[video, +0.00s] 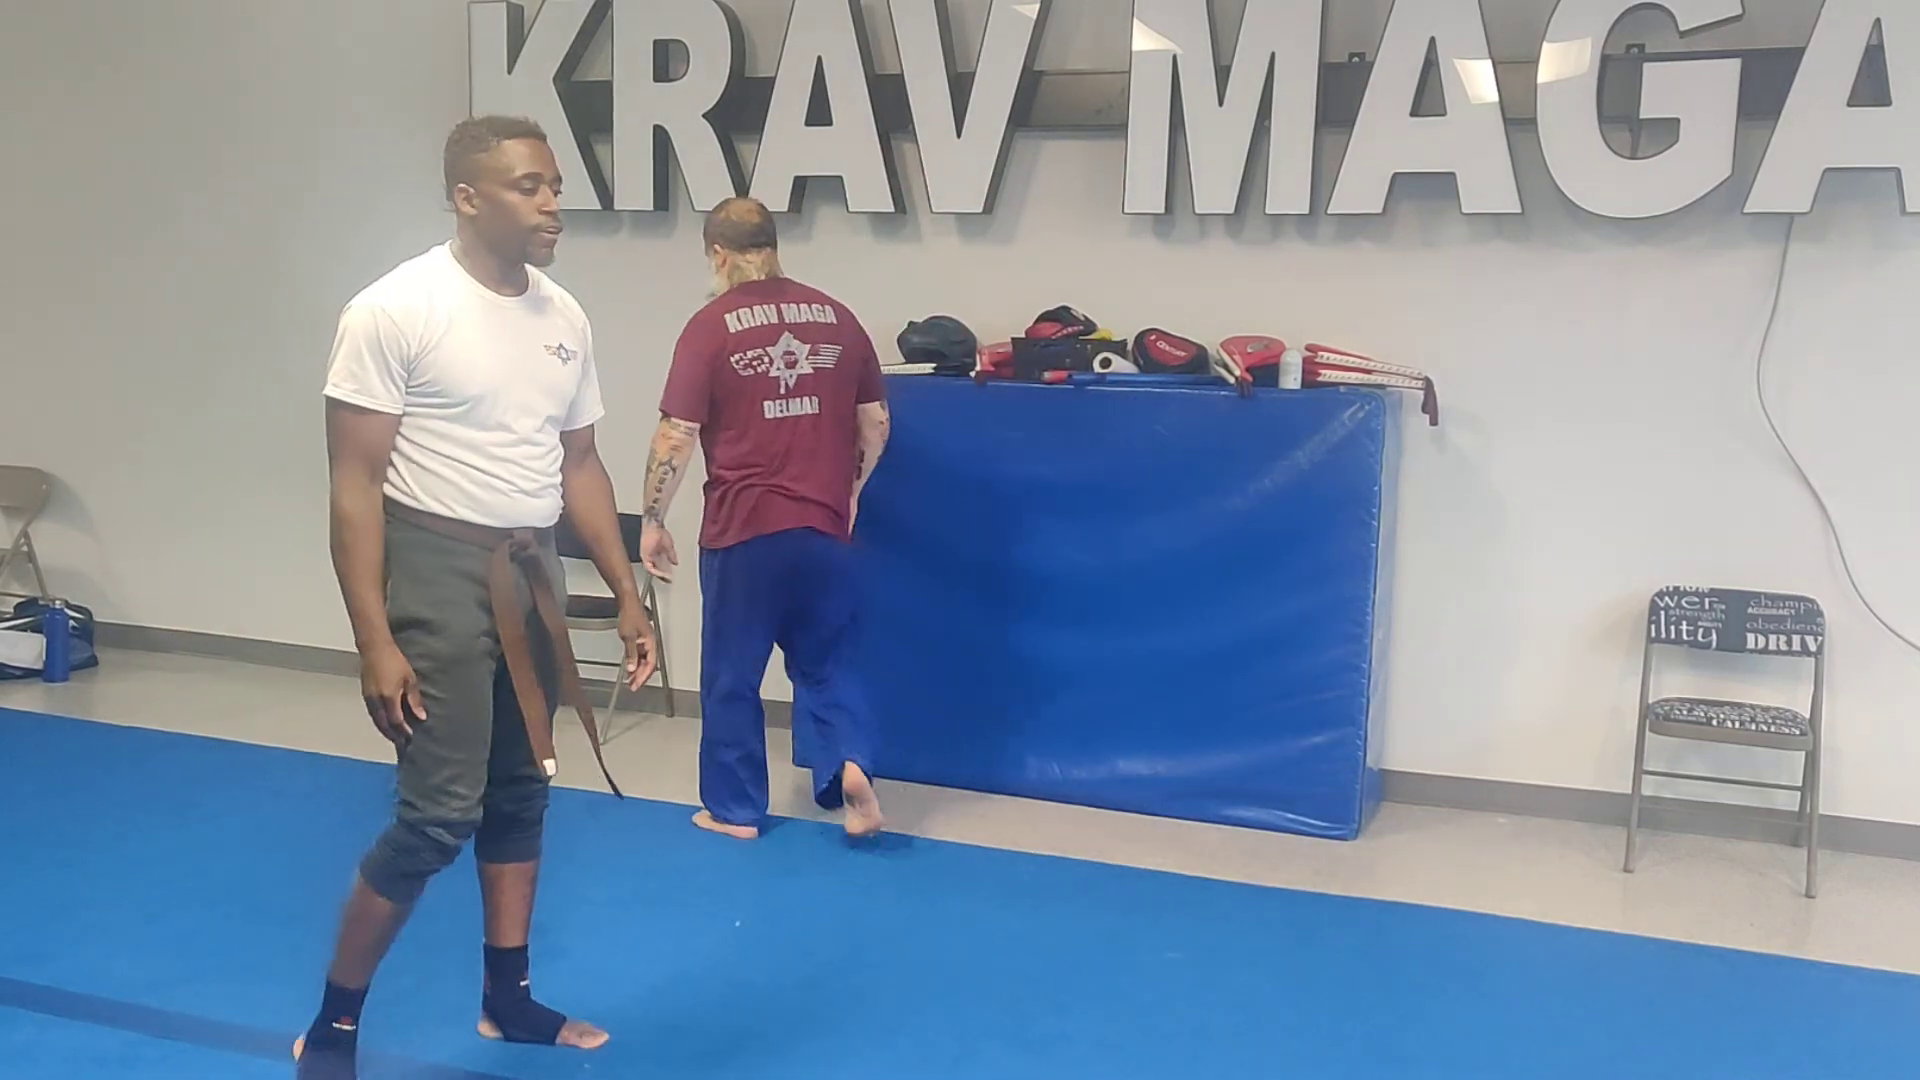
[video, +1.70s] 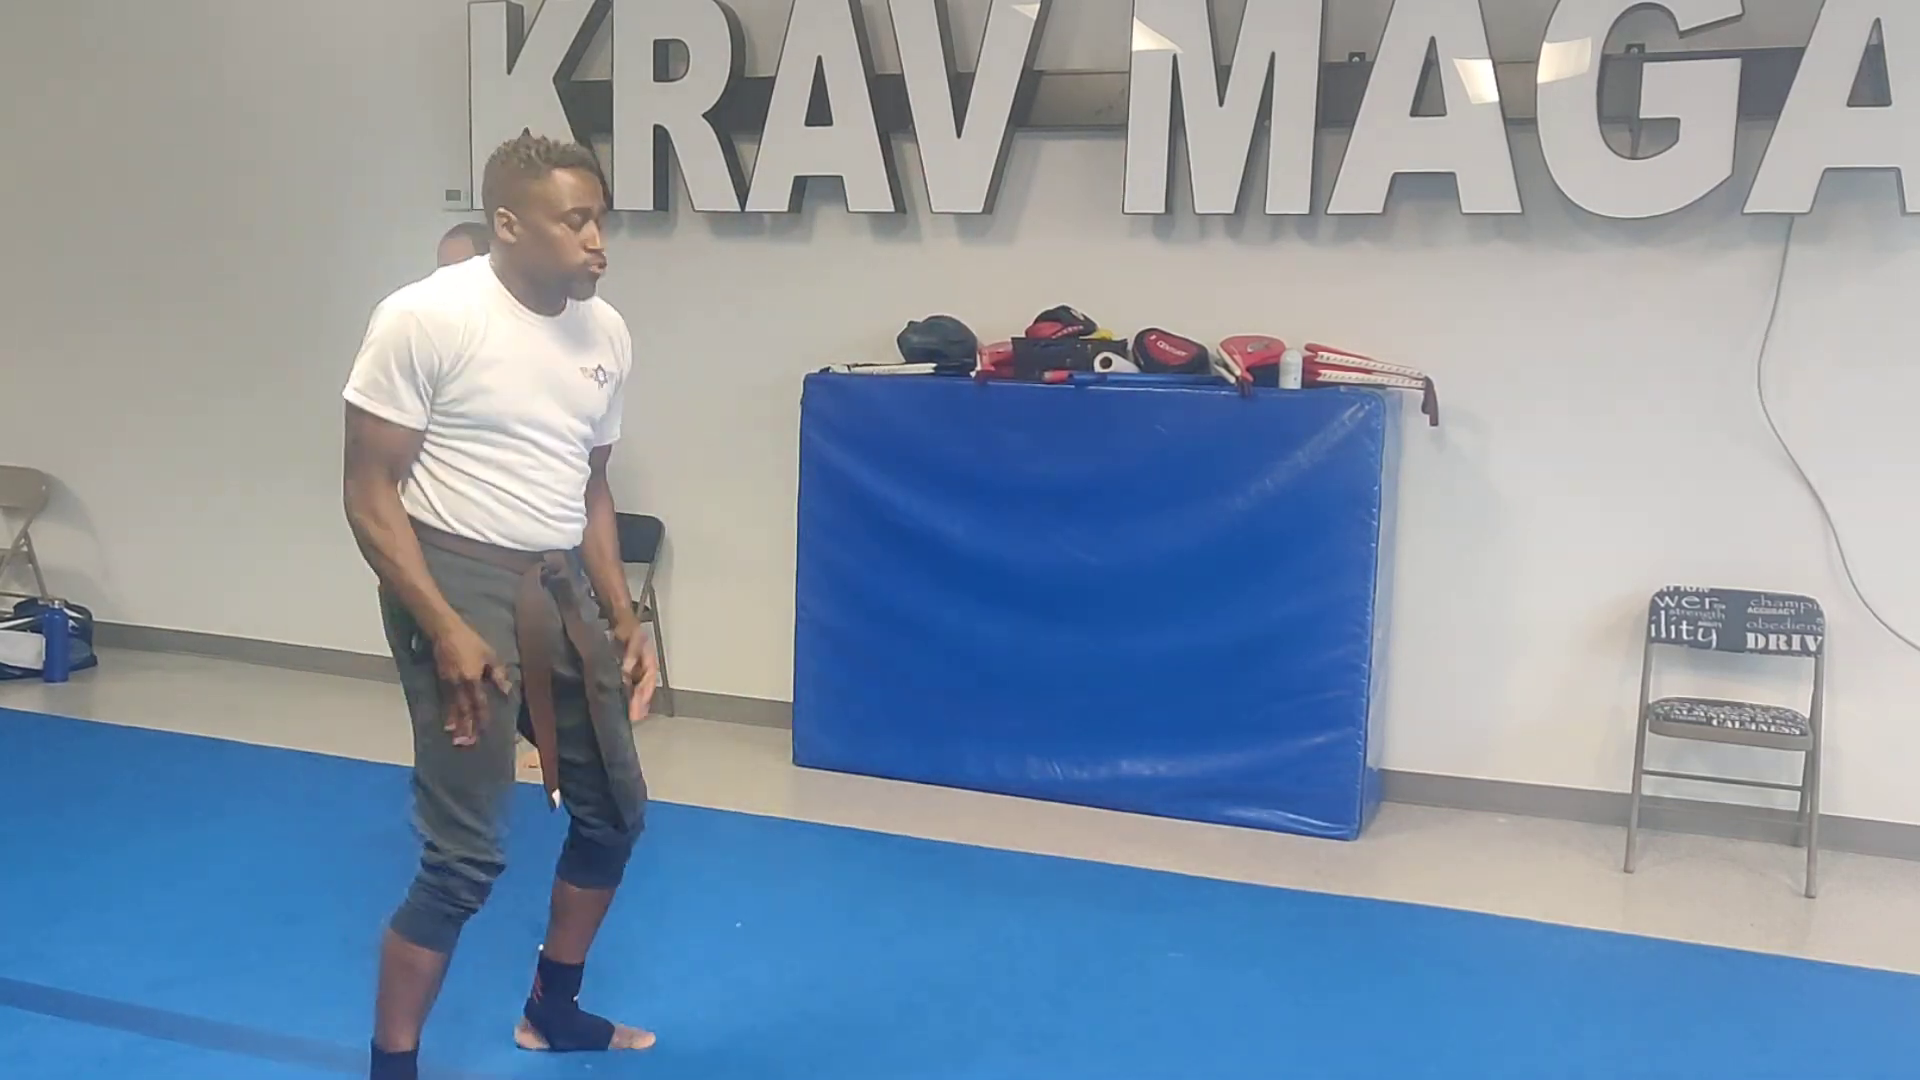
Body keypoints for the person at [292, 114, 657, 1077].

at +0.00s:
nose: (553, 201)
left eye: (555, 184)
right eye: (529, 185)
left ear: (555, 194)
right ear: (467, 200)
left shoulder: (563, 319)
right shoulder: (392, 313)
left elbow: (581, 463)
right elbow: (355, 483)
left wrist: (626, 590)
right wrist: (373, 639)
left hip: (526, 571)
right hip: (429, 564)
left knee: (518, 785)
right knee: (440, 807)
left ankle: (509, 996)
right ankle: (334, 1029)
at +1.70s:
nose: (597, 242)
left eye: (601, 221)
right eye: (576, 222)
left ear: (602, 224)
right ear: (507, 227)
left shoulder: (604, 333)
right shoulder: (423, 318)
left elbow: (593, 491)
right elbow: (367, 490)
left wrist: (627, 622)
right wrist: (443, 628)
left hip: (563, 588)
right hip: (455, 580)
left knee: (612, 807)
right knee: (462, 859)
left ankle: (554, 1005)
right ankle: (391, 1067)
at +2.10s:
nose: (610, 324)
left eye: (611, 305)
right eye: (597, 303)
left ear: (519, 297)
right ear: (529, 293)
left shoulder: (427, 355)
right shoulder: (540, 353)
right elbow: (700, 394)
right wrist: (824, 294)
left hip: (418, 636)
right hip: (497, 645)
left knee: (616, 796)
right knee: (500, 920)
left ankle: (556, 1006)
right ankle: (364, 1074)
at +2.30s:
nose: (604, 307)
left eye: (613, 285)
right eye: (589, 282)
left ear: (615, 280)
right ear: (521, 268)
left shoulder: (589, 359)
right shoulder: (431, 344)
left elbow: (631, 500)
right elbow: (479, 510)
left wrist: (668, 419)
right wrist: (621, 420)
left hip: (549, 618)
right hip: (437, 620)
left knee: (665, 818)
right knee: (442, 892)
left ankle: (579, 968)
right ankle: (311, 1063)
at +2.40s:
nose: (574, 330)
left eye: (588, 311)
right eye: (556, 307)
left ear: (602, 304)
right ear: (501, 286)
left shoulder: (618, 360)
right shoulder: (407, 364)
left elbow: (735, 469)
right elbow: (410, 529)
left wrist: (740, 379)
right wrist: (541, 459)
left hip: (559, 641)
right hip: (428, 639)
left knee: (698, 834)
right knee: (417, 901)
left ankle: (704, 988)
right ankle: (301, 1069)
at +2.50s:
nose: (604, 336)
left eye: (615, 316)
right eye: (584, 317)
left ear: (627, 305)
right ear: (526, 299)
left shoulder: (649, 350)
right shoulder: (443, 377)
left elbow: (785, 390)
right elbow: (406, 534)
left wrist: (866, 357)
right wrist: (519, 471)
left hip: (578, 643)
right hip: (458, 635)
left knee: (716, 834)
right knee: (425, 899)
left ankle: (723, 999)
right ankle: (304, 1069)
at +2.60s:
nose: (657, 313)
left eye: (665, 297)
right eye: (640, 297)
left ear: (667, 289)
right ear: (577, 289)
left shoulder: (665, 341)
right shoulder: (496, 354)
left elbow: (757, 444)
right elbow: (560, 494)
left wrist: (802, 396)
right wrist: (649, 387)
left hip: (597, 617)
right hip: (490, 618)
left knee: (721, 813)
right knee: (449, 892)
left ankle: (722, 997)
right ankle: (299, 1049)